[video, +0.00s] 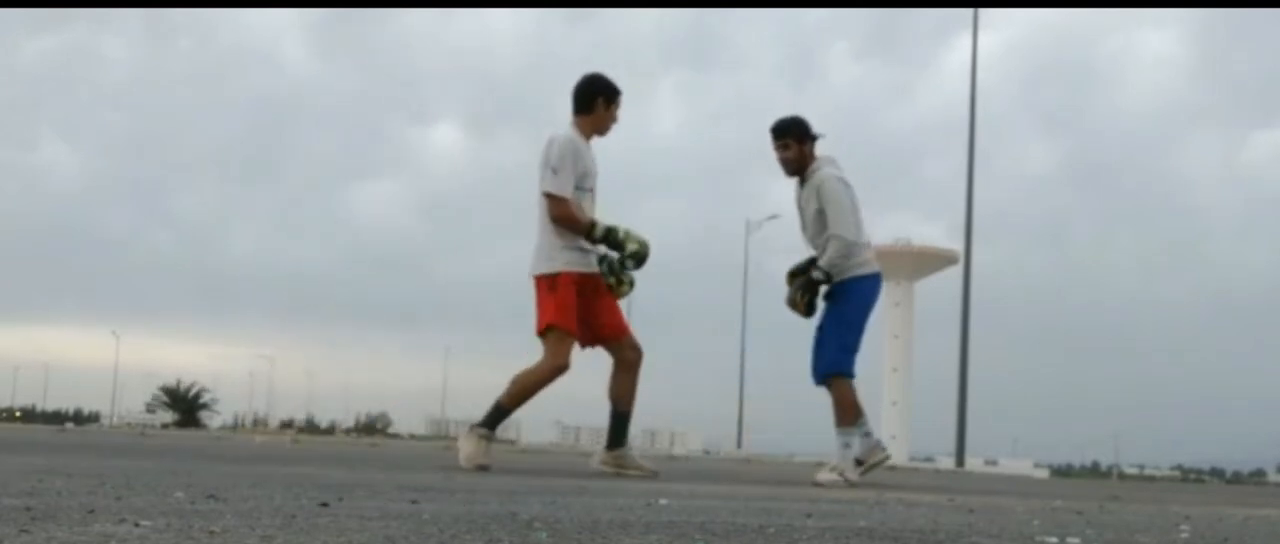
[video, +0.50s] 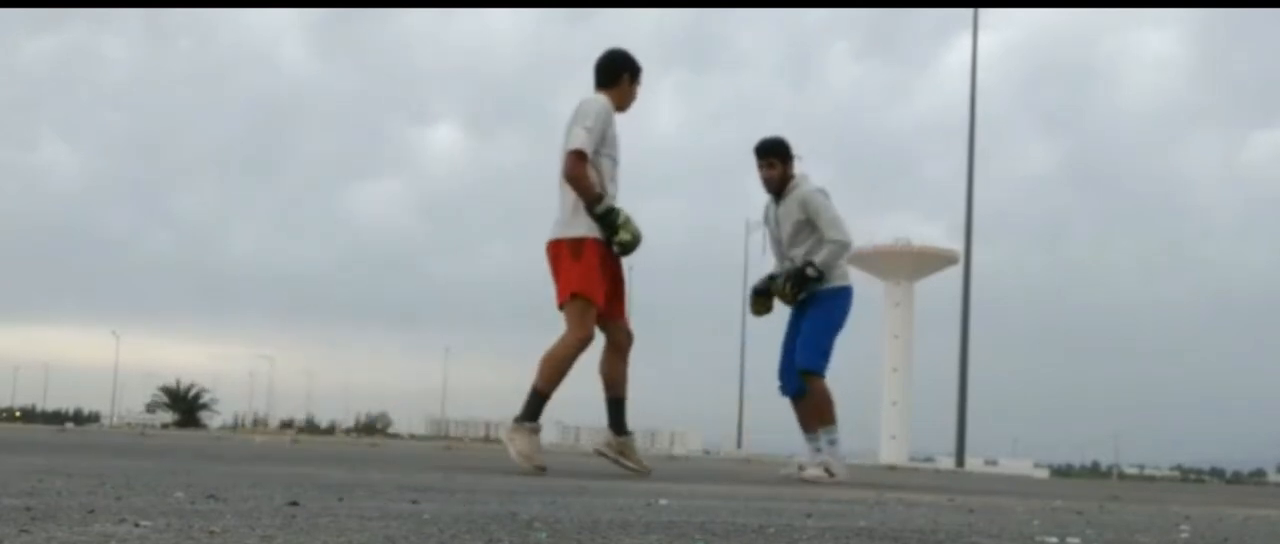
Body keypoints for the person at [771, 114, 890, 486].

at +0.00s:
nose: (782, 156)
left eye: (789, 147)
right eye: (778, 149)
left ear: (808, 146)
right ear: (776, 151)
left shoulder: (827, 181)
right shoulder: (807, 185)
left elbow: (845, 238)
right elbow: (829, 240)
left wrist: (816, 275)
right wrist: (808, 268)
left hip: (856, 278)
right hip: (843, 280)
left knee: (835, 369)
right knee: (828, 369)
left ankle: (847, 461)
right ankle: (867, 444)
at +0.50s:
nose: (765, 174)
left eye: (771, 166)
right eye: (761, 168)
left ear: (788, 166)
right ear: (759, 171)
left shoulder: (810, 196)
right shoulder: (772, 211)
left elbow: (839, 240)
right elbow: (786, 260)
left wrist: (810, 271)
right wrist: (770, 283)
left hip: (830, 292)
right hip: (803, 298)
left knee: (808, 369)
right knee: (791, 376)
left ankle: (833, 457)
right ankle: (816, 456)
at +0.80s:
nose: (742, 182)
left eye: (748, 175)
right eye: (738, 175)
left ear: (764, 175)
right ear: (736, 178)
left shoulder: (788, 209)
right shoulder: (747, 216)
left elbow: (784, 266)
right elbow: (755, 261)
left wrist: (762, 301)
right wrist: (749, 280)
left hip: (804, 299)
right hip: (773, 301)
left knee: (800, 375)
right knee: (742, 371)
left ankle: (828, 459)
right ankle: (741, 449)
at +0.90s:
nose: (722, 191)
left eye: (729, 184)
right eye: (720, 184)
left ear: (744, 186)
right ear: (718, 186)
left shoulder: (760, 217)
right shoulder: (736, 219)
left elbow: (768, 272)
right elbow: (741, 255)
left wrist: (755, 318)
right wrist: (735, 266)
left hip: (790, 303)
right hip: (767, 306)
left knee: (793, 378)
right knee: (729, 378)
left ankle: (826, 460)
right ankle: (719, 453)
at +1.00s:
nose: (701, 197)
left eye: (707, 190)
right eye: (699, 190)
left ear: (722, 190)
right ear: (700, 191)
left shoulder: (742, 221)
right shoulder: (717, 223)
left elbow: (767, 272)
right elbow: (718, 266)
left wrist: (754, 315)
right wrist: (713, 267)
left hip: (770, 307)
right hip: (743, 307)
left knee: (784, 379)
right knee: (708, 378)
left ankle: (819, 457)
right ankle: (713, 452)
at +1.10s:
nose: (693, 188)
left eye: (700, 181)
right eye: (689, 181)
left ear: (713, 183)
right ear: (684, 184)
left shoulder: (735, 213)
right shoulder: (692, 222)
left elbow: (766, 255)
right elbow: (689, 273)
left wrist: (751, 295)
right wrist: (695, 275)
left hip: (753, 303)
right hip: (722, 307)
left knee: (768, 375)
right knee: (700, 381)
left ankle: (793, 453)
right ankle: (713, 451)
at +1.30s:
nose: (688, 178)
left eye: (694, 171)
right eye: (683, 171)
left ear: (704, 172)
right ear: (675, 174)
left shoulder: (727, 204)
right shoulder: (670, 210)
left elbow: (754, 244)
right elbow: (651, 254)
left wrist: (718, 256)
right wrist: (653, 293)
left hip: (724, 299)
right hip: (688, 301)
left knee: (725, 372)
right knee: (695, 378)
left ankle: (714, 440)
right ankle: (710, 445)